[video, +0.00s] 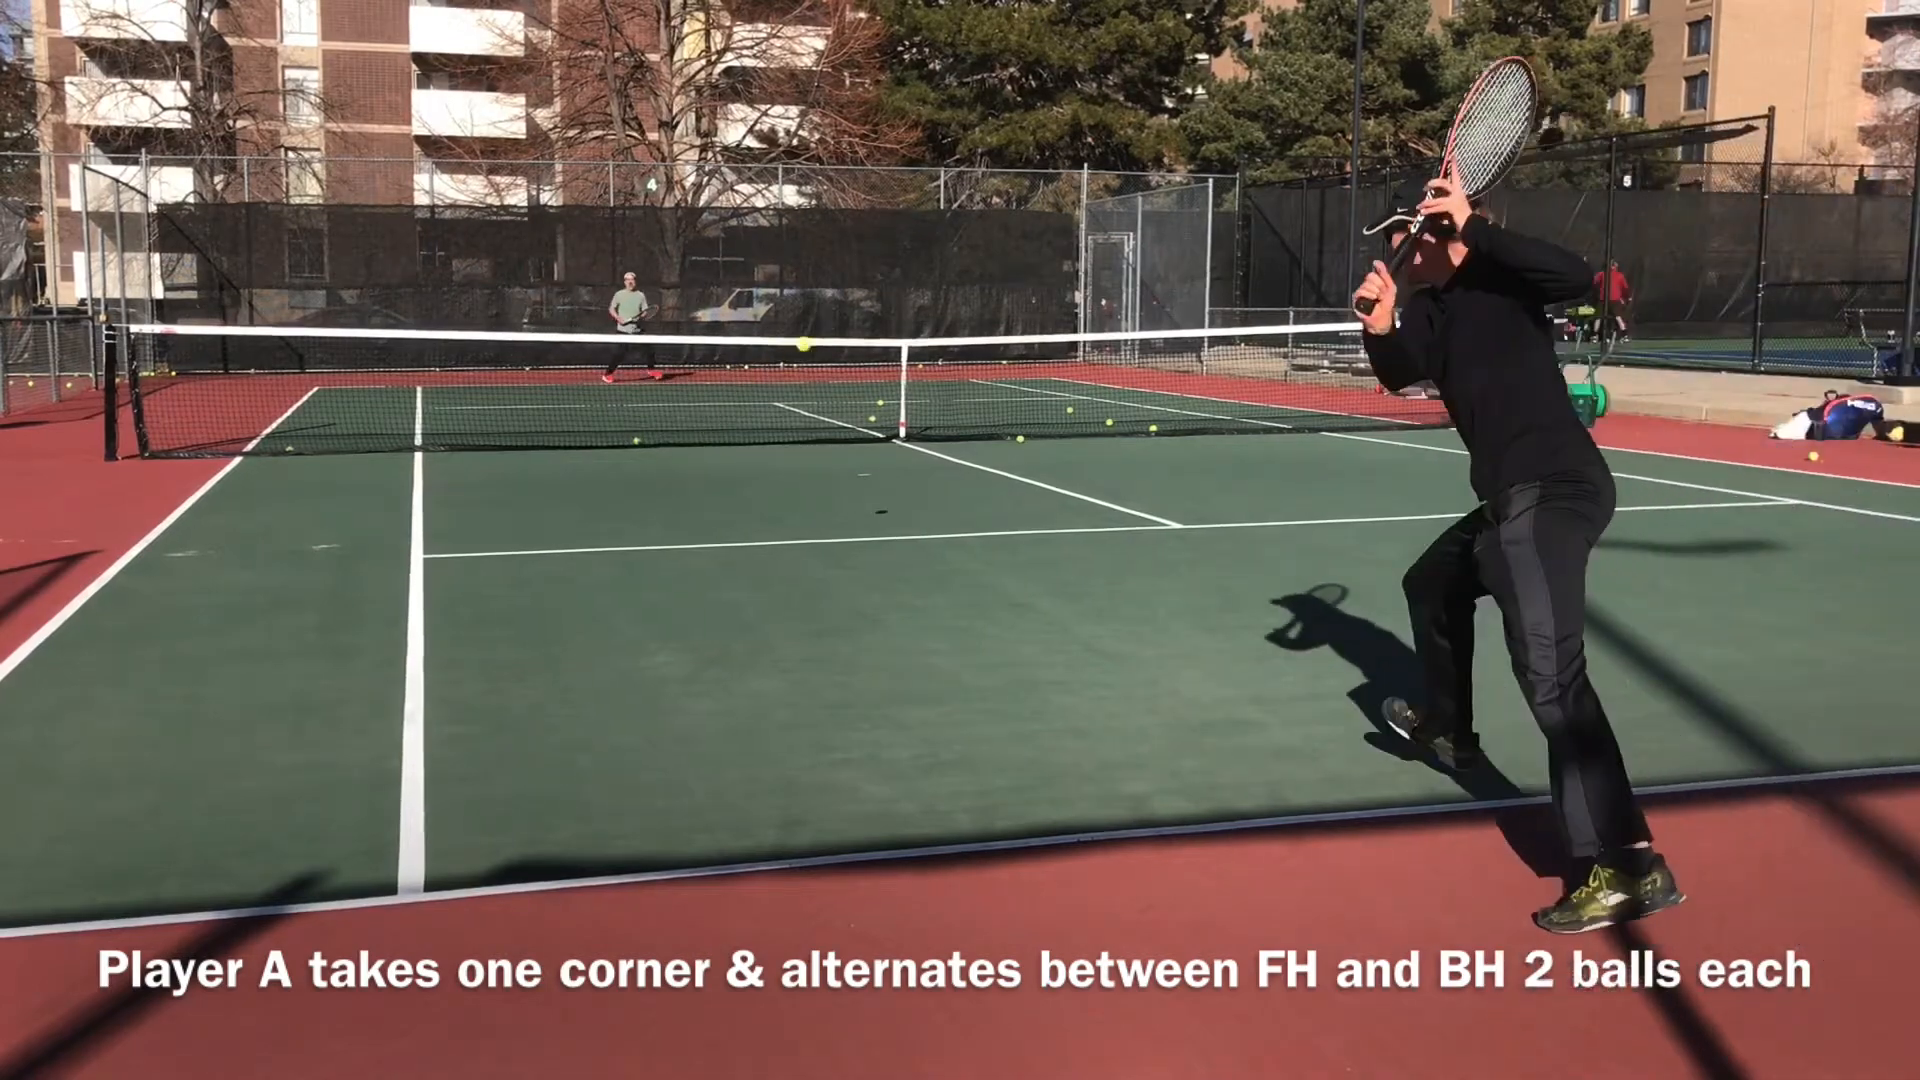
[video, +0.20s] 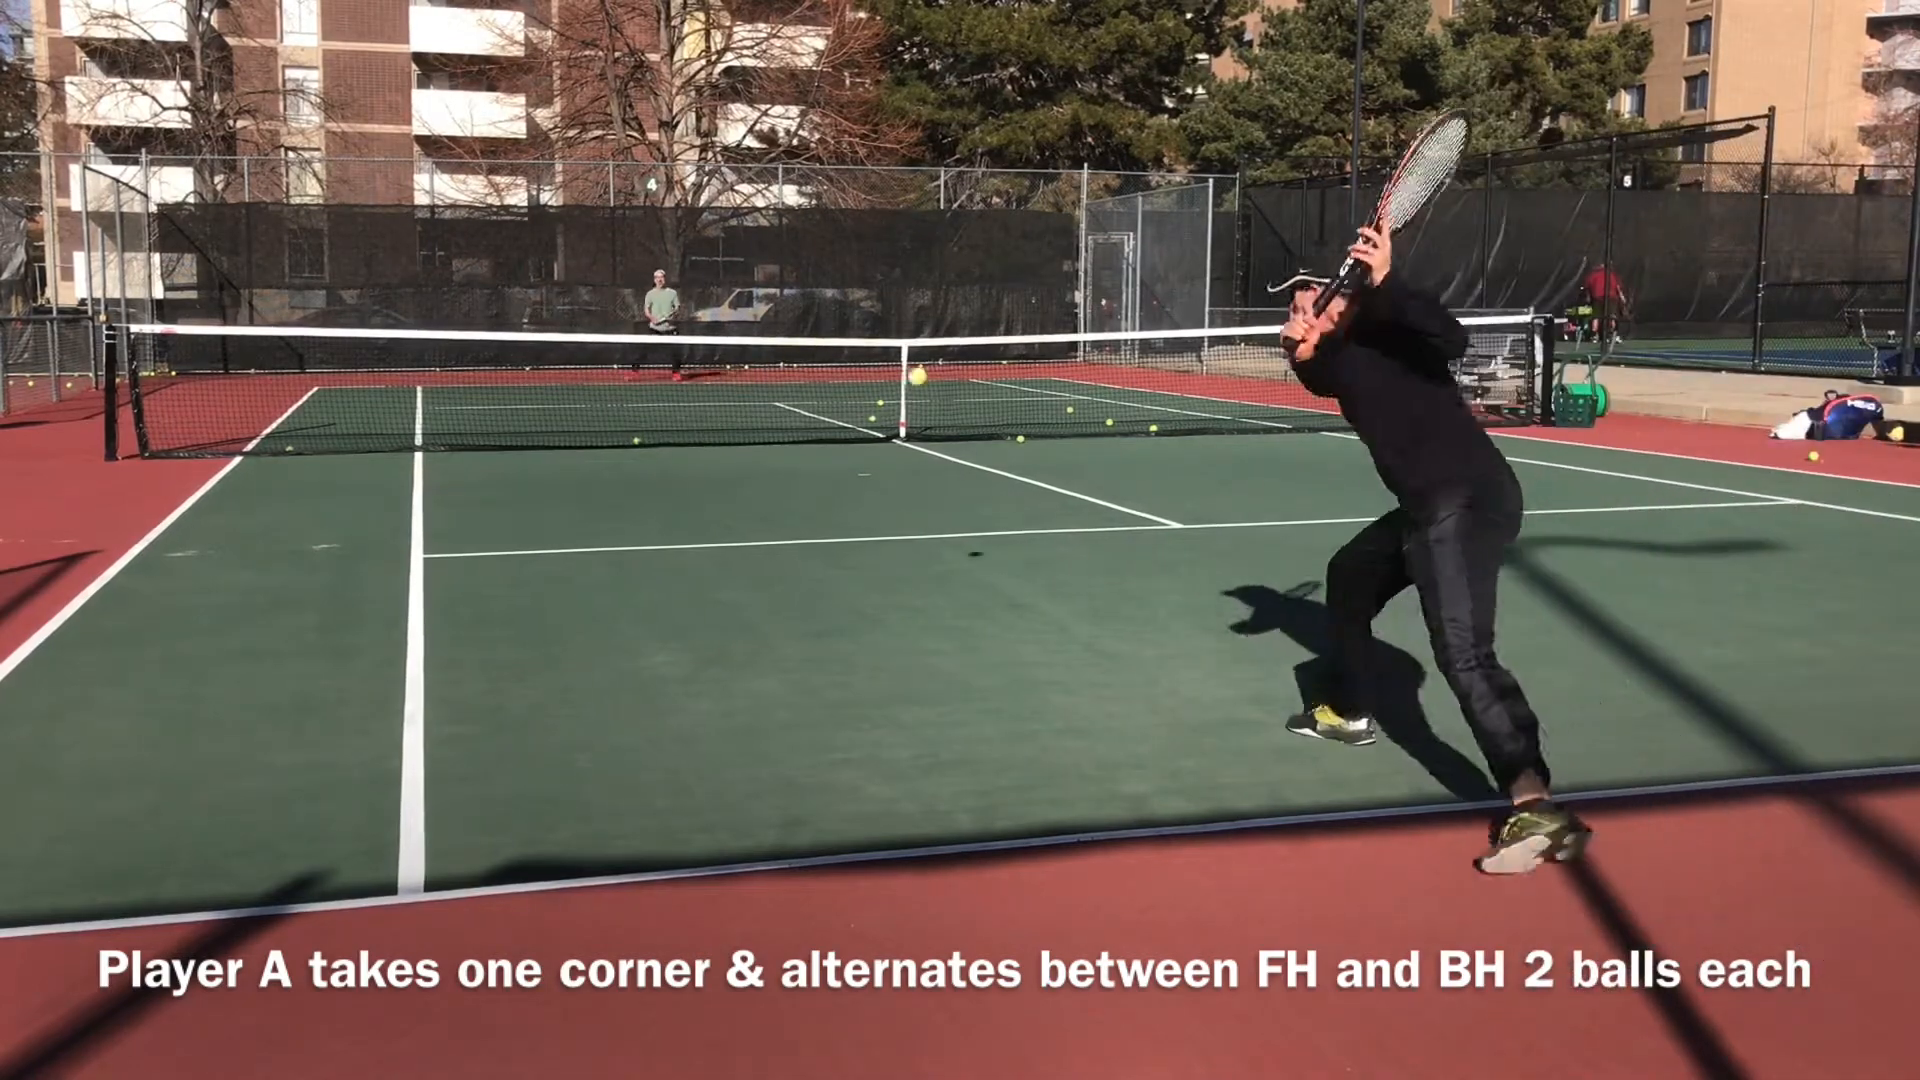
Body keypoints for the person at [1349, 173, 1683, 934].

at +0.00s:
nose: (1411, 249)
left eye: (1422, 236)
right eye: (1406, 238)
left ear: (1454, 240)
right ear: (1408, 250)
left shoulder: (1497, 278)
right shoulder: (1430, 309)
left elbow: (1574, 279)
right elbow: (1400, 376)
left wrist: (1476, 227)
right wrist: (1381, 324)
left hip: (1555, 488)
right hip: (1511, 498)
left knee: (1553, 678)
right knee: (1432, 583)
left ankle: (1625, 864)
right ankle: (1446, 731)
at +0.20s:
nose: (1300, 322)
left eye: (1308, 307)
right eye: (1297, 313)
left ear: (1338, 303)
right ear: (1324, 317)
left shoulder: (1383, 324)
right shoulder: (1343, 353)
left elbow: (1451, 337)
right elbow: (1326, 380)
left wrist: (1386, 280)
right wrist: (1301, 354)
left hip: (1468, 499)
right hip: (1431, 504)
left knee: (1464, 655)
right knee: (1350, 575)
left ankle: (1537, 806)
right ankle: (1349, 711)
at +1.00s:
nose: (1361, 198)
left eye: (1363, 189)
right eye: (1363, 188)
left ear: (1375, 195)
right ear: (1414, 191)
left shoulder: (1379, 247)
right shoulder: (1449, 238)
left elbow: (1378, 330)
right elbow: (1515, 261)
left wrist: (1300, 354)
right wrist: (1572, 272)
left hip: (1421, 421)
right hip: (1470, 416)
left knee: (1398, 564)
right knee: (1416, 548)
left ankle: (1468, 690)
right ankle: (1441, 666)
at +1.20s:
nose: (1380, 214)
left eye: (1381, 205)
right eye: (1385, 204)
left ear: (1390, 214)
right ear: (1435, 211)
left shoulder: (1391, 272)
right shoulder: (1468, 265)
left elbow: (1361, 369)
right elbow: (1535, 330)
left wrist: (1285, 373)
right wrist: (1555, 388)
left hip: (1426, 443)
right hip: (1482, 441)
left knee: (1343, 562)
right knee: (1426, 561)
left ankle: (1422, 669)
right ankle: (1467, 679)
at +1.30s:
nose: (1384, 197)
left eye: (1384, 189)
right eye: (1390, 188)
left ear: (1394, 194)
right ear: (1441, 192)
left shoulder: (1384, 260)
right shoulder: (1481, 247)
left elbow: (1352, 354)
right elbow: (1535, 330)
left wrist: (1300, 355)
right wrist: (1534, 397)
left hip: (1419, 427)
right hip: (1483, 426)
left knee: (1363, 562)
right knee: (1453, 550)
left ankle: (1409, 682)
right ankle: (1462, 673)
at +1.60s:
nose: (1400, 170)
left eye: (1400, 161)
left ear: (1406, 167)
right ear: (1462, 166)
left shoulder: (1380, 231)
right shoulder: (1498, 218)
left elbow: (1344, 333)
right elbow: (1563, 289)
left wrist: (1368, 284)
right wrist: (1549, 365)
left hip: (1423, 415)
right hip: (1506, 411)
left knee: (1410, 567)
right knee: (1499, 562)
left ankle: (1413, 721)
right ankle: (1500, 713)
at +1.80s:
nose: (1437, 176)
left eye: (1434, 166)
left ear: (1438, 172)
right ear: (1497, 171)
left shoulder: (1407, 246)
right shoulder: (1535, 234)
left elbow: (1369, 350)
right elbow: (1586, 325)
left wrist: (1409, 332)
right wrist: (1547, 383)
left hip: (1441, 436)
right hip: (1529, 433)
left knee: (1427, 583)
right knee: (1558, 582)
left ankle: (1424, 741)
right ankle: (1589, 737)